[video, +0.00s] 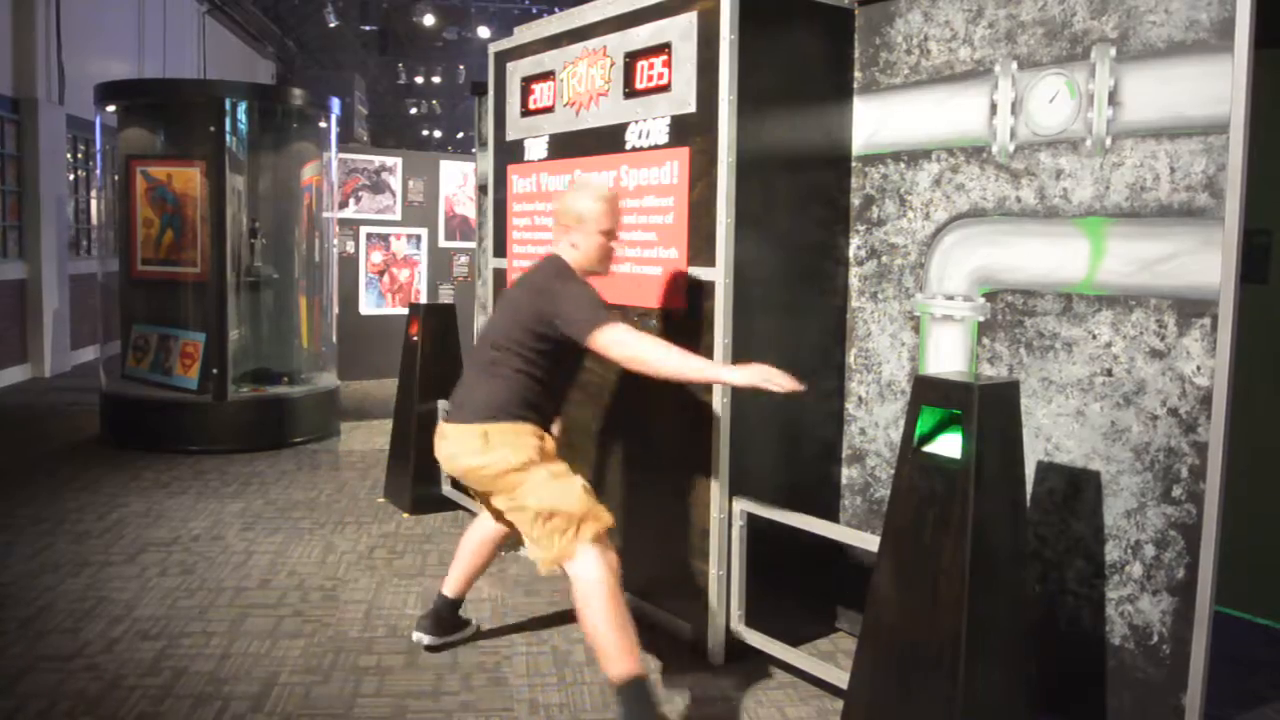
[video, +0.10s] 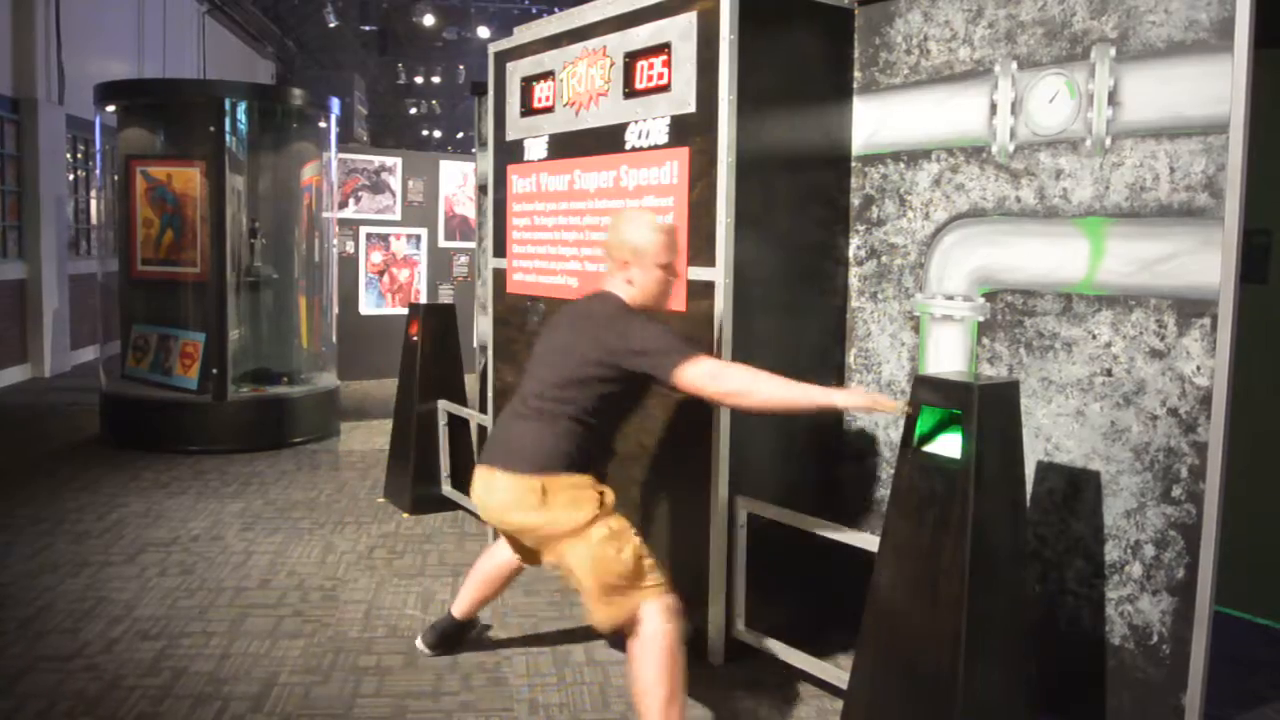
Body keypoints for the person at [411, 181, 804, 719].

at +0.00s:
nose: (615, 244)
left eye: (615, 234)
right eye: (607, 234)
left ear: (571, 233)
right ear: (569, 233)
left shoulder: (537, 279)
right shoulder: (565, 289)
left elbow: (511, 360)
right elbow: (634, 351)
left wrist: (540, 421)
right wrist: (735, 373)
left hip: (459, 433)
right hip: (500, 437)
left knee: (504, 509)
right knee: (587, 543)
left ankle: (439, 617)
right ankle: (638, 706)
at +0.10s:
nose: (673, 281)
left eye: (673, 269)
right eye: (666, 269)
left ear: (620, 266)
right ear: (625, 268)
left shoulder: (567, 313)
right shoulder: (633, 330)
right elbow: (717, 380)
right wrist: (839, 398)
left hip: (492, 481)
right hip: (554, 492)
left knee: (516, 542)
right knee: (655, 611)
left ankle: (450, 626)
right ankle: (664, 716)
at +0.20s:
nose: (734, 313)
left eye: (732, 301)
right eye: (726, 302)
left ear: (672, 304)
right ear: (686, 306)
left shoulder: (623, 336)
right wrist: (907, 433)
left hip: (507, 493)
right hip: (557, 508)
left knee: (556, 541)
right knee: (690, 609)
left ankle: (467, 635)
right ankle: (676, 717)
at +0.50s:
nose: (681, 267)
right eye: (682, 262)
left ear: (623, 270)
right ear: (680, 272)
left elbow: (515, 348)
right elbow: (752, 369)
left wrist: (475, 356)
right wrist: (854, 403)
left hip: (500, 482)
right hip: (568, 488)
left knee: (537, 527)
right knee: (690, 603)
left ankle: (495, 639)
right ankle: (676, 714)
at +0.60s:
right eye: (601, 231)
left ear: (555, 239)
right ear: (604, 235)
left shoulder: (518, 290)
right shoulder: (607, 282)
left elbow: (468, 302)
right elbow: (649, 328)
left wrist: (446, 309)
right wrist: (736, 353)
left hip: (493, 450)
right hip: (566, 447)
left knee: (512, 524)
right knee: (626, 578)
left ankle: (489, 645)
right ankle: (658, 712)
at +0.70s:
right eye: (549, 200)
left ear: (499, 212)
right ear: (548, 205)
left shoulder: (471, 263)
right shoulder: (553, 245)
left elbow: (437, 276)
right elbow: (562, 286)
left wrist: (438, 273)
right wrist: (633, 311)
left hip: (478, 412)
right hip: (541, 400)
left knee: (506, 526)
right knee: (598, 534)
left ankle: (491, 647)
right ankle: (600, 690)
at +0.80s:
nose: (517, 167)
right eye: (517, 160)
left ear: (471, 176)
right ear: (516, 166)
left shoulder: (456, 230)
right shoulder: (525, 210)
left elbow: (415, 261)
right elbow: (521, 252)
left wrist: (441, 273)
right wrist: (559, 295)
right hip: (503, 369)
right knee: (576, 478)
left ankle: (489, 629)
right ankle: (514, 622)